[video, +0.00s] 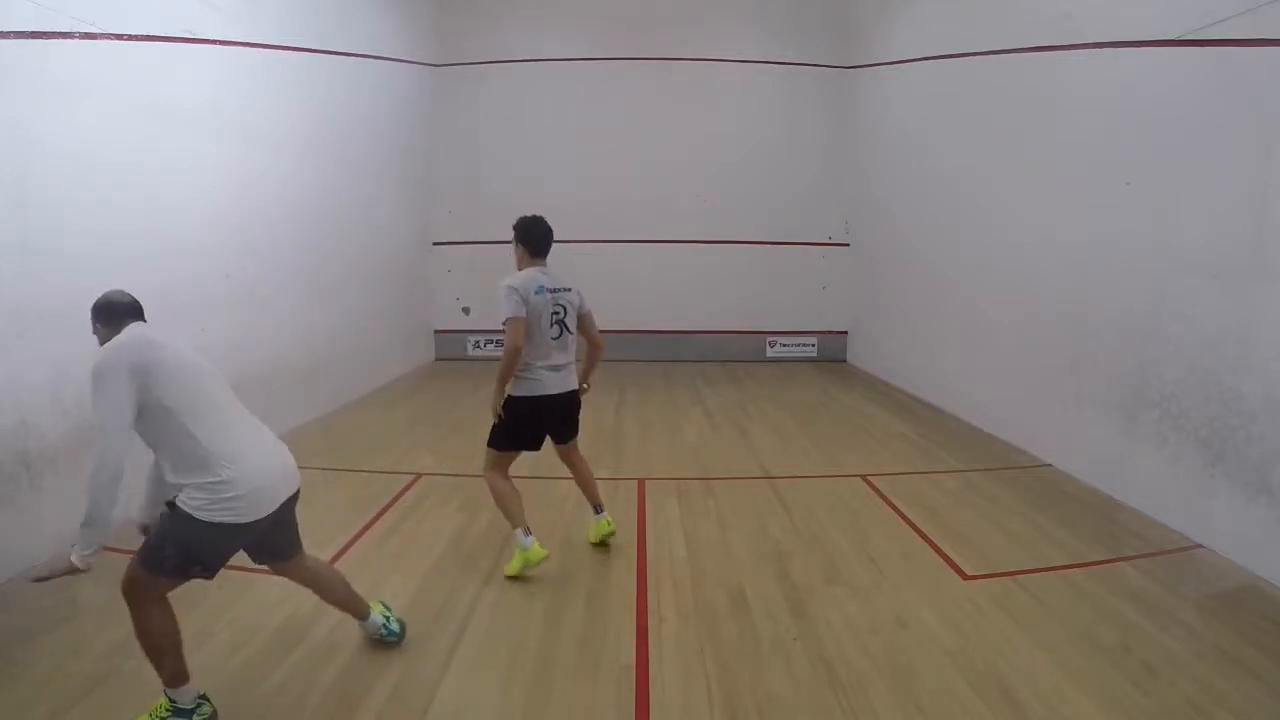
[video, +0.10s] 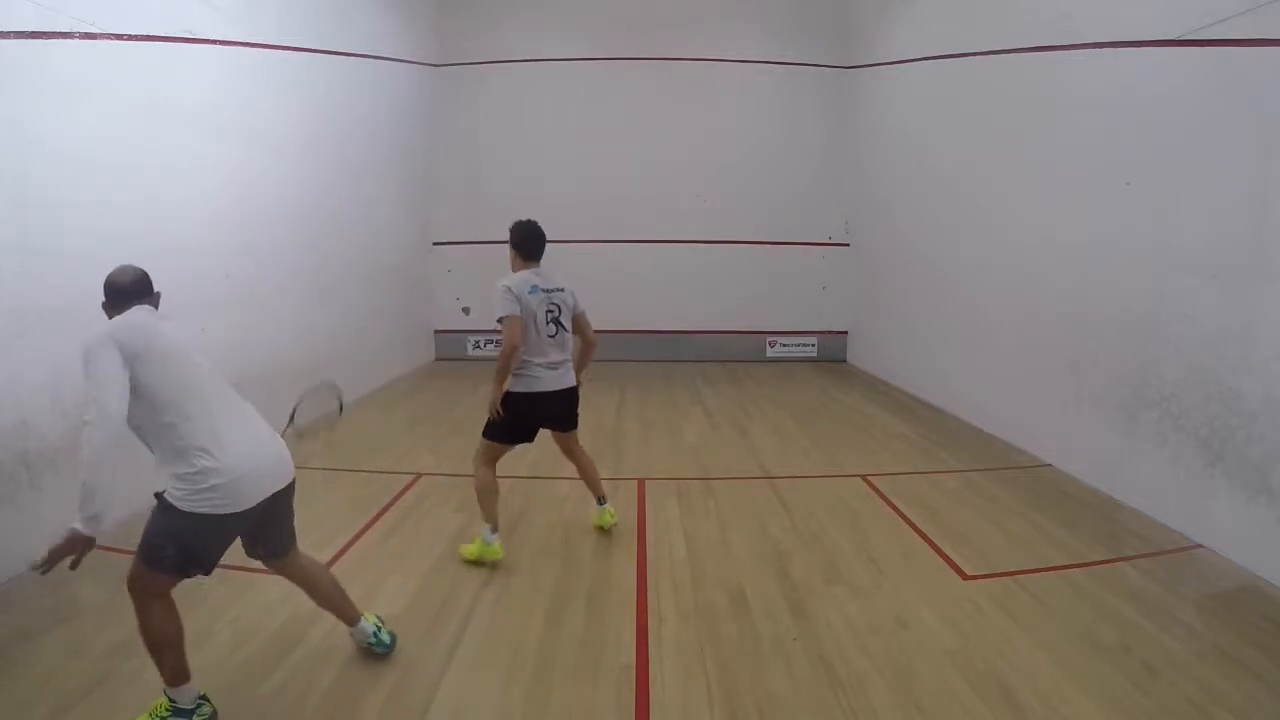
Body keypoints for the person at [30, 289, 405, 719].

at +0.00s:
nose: (96, 341)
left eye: (95, 334)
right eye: (97, 333)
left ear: (101, 329)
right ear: (140, 319)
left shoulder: (114, 360)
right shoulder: (169, 348)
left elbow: (110, 459)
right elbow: (170, 446)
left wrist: (84, 547)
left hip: (222, 499)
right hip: (278, 476)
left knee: (141, 588)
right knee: (292, 560)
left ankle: (185, 703)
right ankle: (377, 620)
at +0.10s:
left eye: (111, 305)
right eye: (154, 296)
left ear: (107, 306)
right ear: (155, 299)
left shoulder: (109, 339)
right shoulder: (174, 335)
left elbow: (102, 426)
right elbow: (204, 409)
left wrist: (87, 525)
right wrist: (178, 482)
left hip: (209, 487)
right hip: (273, 464)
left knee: (148, 585)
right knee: (284, 554)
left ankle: (185, 700)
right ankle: (369, 631)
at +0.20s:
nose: (122, 289)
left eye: (123, 283)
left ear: (125, 286)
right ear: (174, 282)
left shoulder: (119, 324)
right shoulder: (211, 317)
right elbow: (264, 373)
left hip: (205, 482)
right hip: (272, 464)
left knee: (151, 586)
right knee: (279, 557)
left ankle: (184, 701)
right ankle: (372, 638)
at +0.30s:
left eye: (154, 265)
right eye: (199, 261)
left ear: (151, 271)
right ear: (202, 265)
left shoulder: (143, 325)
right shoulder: (238, 313)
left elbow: (143, 416)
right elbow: (305, 369)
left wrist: (131, 503)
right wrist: (327, 403)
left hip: (218, 485)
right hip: (284, 471)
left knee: (159, 580)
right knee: (283, 563)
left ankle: (183, 702)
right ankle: (385, 640)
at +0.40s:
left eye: (188, 251)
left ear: (190, 260)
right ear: (240, 255)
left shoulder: (177, 320)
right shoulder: (278, 305)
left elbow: (179, 415)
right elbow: (332, 376)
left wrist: (180, 483)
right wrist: (352, 433)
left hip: (241, 483)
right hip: (310, 472)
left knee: (187, 578)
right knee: (313, 564)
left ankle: (185, 702)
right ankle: (399, 664)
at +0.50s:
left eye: (231, 242)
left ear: (230, 249)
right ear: (281, 244)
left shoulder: (220, 308)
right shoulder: (322, 297)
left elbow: (221, 399)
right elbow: (361, 378)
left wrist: (215, 465)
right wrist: (380, 448)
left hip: (275, 472)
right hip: (347, 460)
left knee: (231, 586)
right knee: (353, 563)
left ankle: (200, 695)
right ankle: (413, 676)